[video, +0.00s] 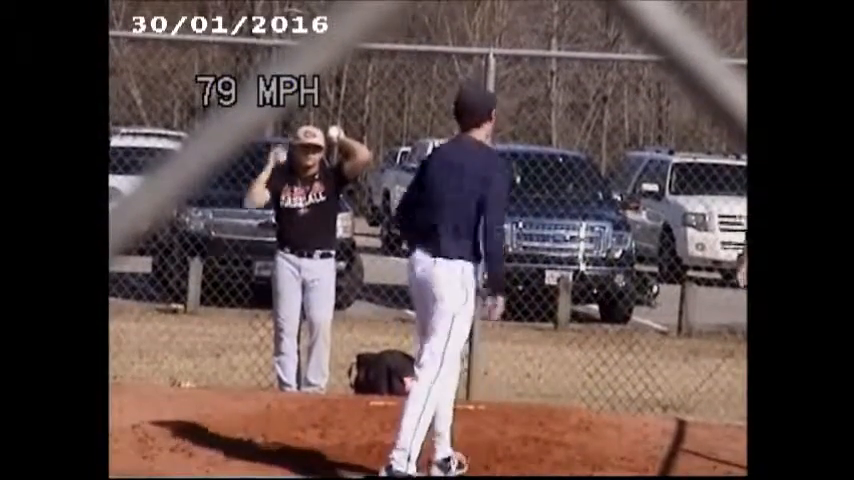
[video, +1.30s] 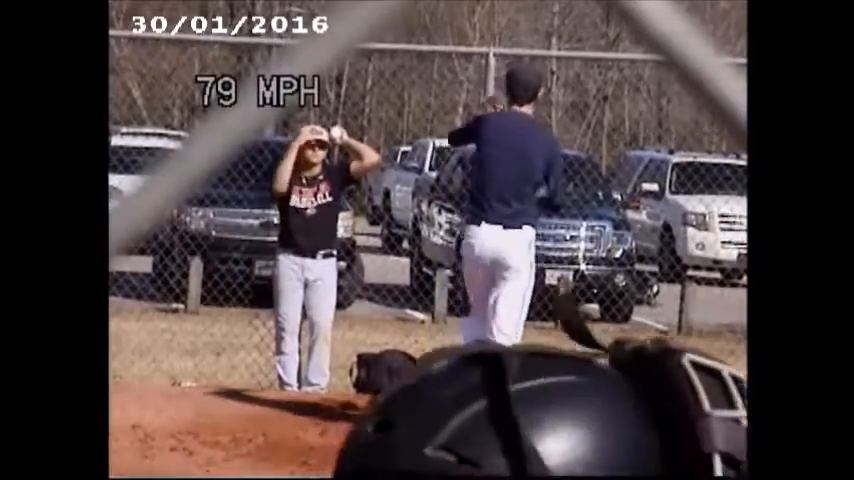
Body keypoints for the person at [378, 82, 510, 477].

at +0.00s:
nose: (496, 120)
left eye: (492, 113)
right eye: (495, 114)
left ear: (457, 116)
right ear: (491, 118)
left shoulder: (436, 156)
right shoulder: (493, 165)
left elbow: (405, 214)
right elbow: (492, 229)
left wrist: (424, 247)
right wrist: (496, 286)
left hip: (421, 261)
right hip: (456, 268)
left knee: (446, 361)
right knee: (433, 364)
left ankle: (443, 452)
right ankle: (400, 459)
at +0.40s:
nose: (478, 120)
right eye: (477, 115)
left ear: (441, 119)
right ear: (473, 117)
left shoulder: (426, 154)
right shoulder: (495, 153)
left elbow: (401, 213)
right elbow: (521, 210)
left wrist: (421, 244)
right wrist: (535, 261)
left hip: (432, 252)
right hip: (472, 257)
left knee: (435, 349)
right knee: (475, 354)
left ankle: (440, 438)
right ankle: (438, 430)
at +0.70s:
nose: (477, 113)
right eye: (481, 106)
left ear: (451, 110)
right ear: (485, 110)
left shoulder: (433, 150)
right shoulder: (500, 151)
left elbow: (402, 207)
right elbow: (515, 213)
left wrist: (431, 206)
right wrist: (526, 267)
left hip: (448, 258)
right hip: (491, 260)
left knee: (448, 351)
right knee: (500, 347)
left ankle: (442, 453)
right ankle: (493, 439)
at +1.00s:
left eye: (491, 95)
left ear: (488, 100)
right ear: (521, 103)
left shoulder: (465, 137)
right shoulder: (531, 151)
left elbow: (428, 173)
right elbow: (537, 209)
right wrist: (541, 263)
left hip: (467, 244)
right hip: (508, 249)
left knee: (461, 336)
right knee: (500, 337)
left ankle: (447, 412)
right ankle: (497, 415)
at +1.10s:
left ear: (496, 94)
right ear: (528, 98)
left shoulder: (474, 128)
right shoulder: (538, 143)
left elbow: (436, 160)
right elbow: (551, 205)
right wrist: (547, 250)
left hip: (473, 240)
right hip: (513, 245)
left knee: (468, 326)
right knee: (504, 333)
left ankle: (457, 400)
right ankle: (499, 408)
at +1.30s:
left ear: (507, 90)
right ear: (538, 94)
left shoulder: (486, 124)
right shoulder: (547, 140)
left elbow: (453, 140)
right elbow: (554, 197)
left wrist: (480, 119)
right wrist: (530, 202)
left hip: (478, 233)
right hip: (518, 239)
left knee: (476, 315)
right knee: (506, 329)